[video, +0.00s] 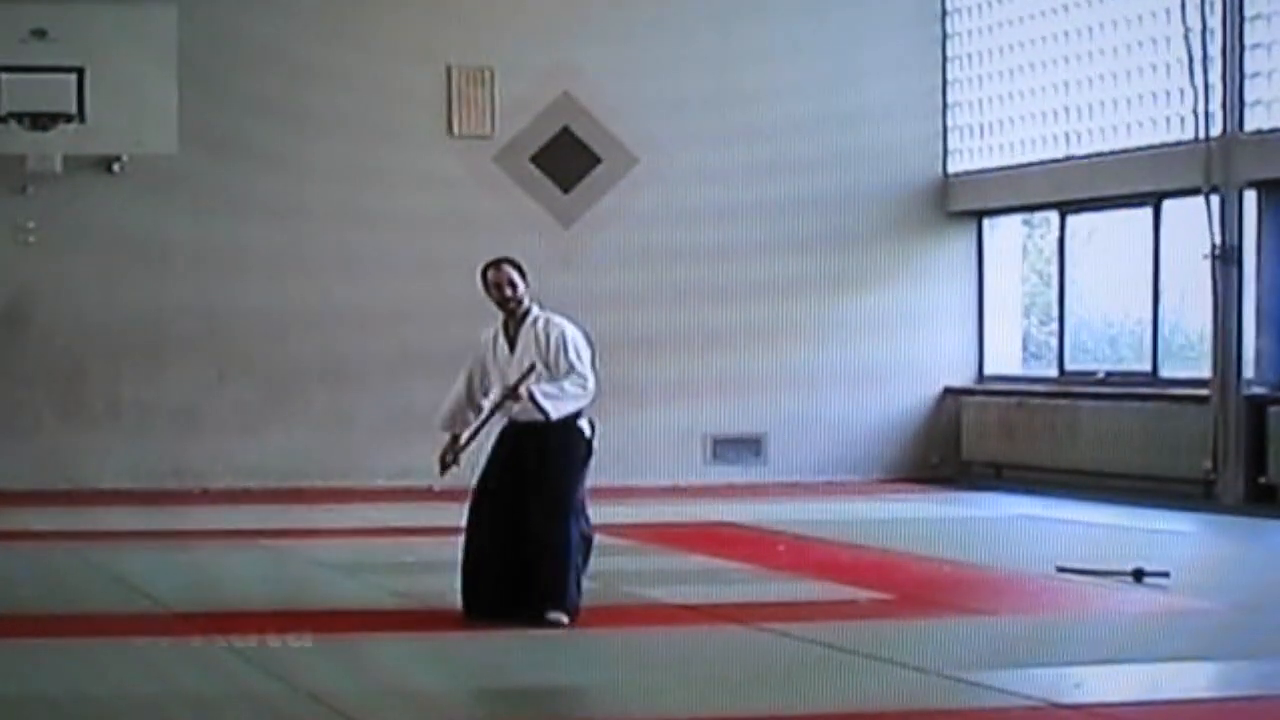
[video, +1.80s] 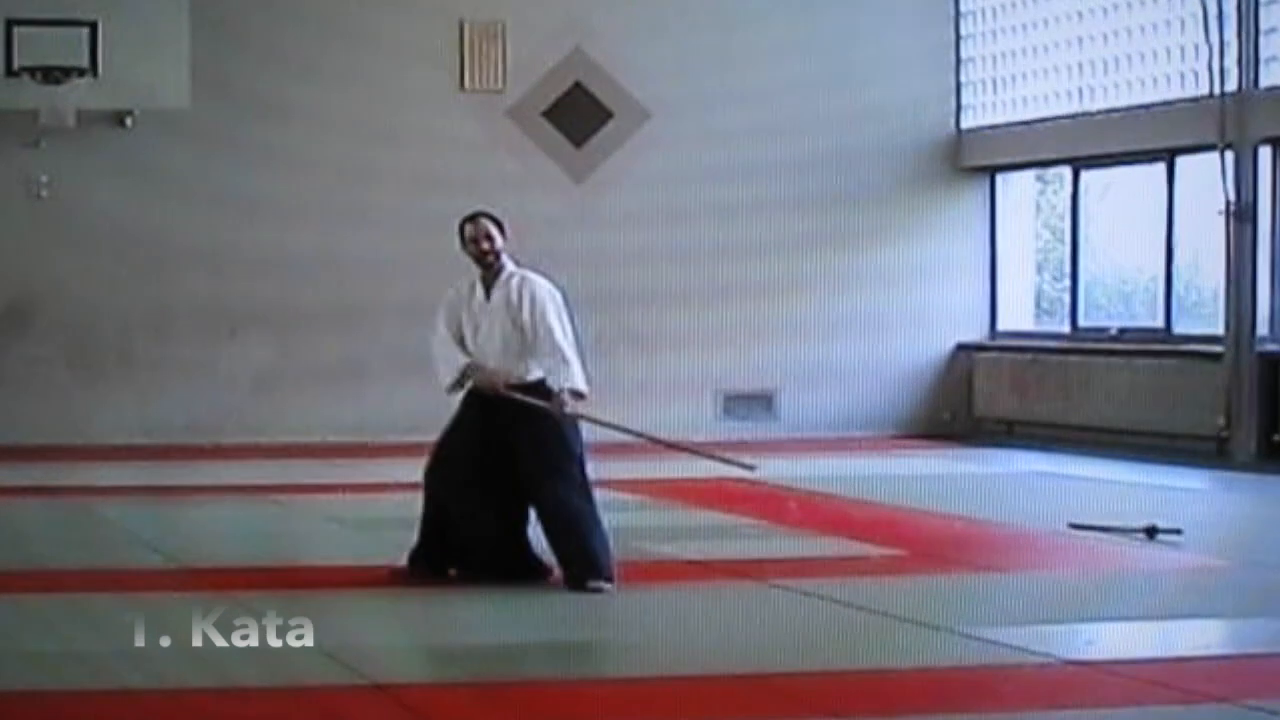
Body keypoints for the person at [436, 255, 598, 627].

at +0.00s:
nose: (506, 293)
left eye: (511, 284)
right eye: (497, 288)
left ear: (525, 285)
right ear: (489, 296)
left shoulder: (558, 332)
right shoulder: (492, 342)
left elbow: (583, 385)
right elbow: (472, 393)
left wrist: (534, 394)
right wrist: (456, 437)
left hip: (560, 433)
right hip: (517, 432)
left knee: (555, 516)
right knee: (491, 510)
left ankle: (558, 602)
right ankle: (495, 601)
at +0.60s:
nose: (553, 302)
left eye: (559, 293)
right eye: (545, 295)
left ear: (572, 294)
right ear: (535, 300)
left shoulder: (596, 337)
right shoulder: (525, 342)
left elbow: (622, 393)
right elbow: (519, 397)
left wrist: (585, 421)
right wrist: (524, 436)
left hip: (597, 442)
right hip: (551, 443)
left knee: (594, 526)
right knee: (533, 520)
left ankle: (596, 615)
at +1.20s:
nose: (568, 283)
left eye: (574, 274)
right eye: (559, 277)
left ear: (587, 276)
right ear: (549, 283)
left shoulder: (611, 321)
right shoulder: (539, 320)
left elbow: (624, 362)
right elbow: (537, 368)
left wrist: (619, 378)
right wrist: (570, 387)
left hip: (605, 423)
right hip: (560, 422)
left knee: (599, 511)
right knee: (548, 507)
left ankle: (604, 598)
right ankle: (553, 596)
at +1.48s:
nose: (543, 256)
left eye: (549, 247)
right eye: (533, 251)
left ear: (564, 249)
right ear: (526, 260)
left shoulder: (589, 292)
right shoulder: (518, 299)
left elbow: (612, 326)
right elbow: (526, 354)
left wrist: (628, 356)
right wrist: (572, 372)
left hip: (592, 398)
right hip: (543, 399)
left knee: (591, 488)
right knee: (512, 489)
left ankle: (602, 580)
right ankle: (542, 576)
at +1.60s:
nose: (522, 247)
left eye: (527, 238)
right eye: (513, 242)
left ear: (542, 242)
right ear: (505, 252)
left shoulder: (571, 288)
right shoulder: (496, 299)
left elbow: (599, 329)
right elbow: (504, 353)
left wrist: (619, 368)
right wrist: (546, 375)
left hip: (579, 394)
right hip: (525, 397)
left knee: (587, 481)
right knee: (492, 473)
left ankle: (599, 572)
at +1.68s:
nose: (510, 247)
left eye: (515, 238)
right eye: (501, 243)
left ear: (530, 241)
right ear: (493, 253)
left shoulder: (560, 288)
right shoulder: (485, 300)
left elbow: (590, 334)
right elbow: (486, 357)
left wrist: (609, 377)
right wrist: (527, 377)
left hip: (570, 396)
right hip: (514, 400)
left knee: (581, 485)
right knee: (481, 473)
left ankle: (596, 573)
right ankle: (452, 551)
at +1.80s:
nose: (483, 246)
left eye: (488, 237)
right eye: (474, 242)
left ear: (503, 239)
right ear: (466, 251)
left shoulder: (533, 289)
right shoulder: (459, 298)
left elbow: (557, 339)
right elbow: (443, 346)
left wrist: (568, 385)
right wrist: (472, 374)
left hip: (537, 396)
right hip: (484, 399)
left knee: (559, 484)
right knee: (445, 474)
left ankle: (589, 570)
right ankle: (430, 563)